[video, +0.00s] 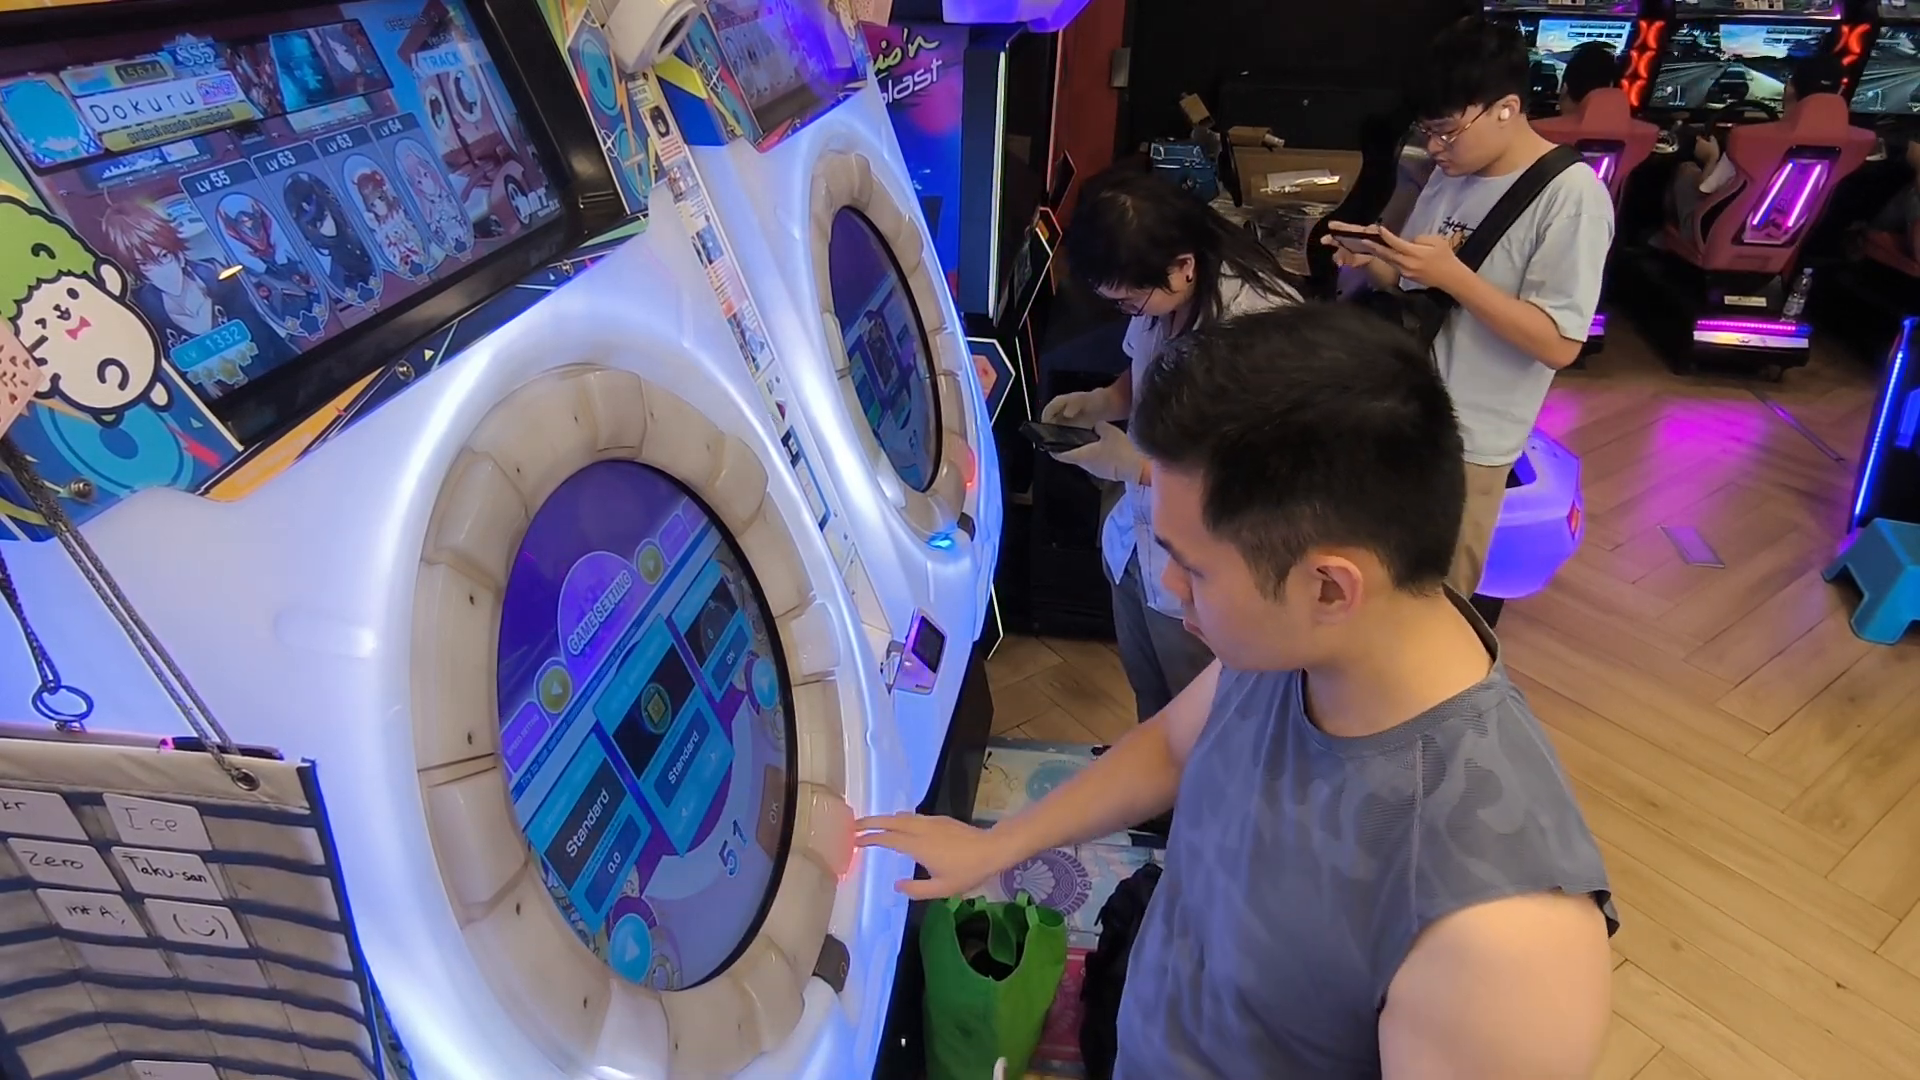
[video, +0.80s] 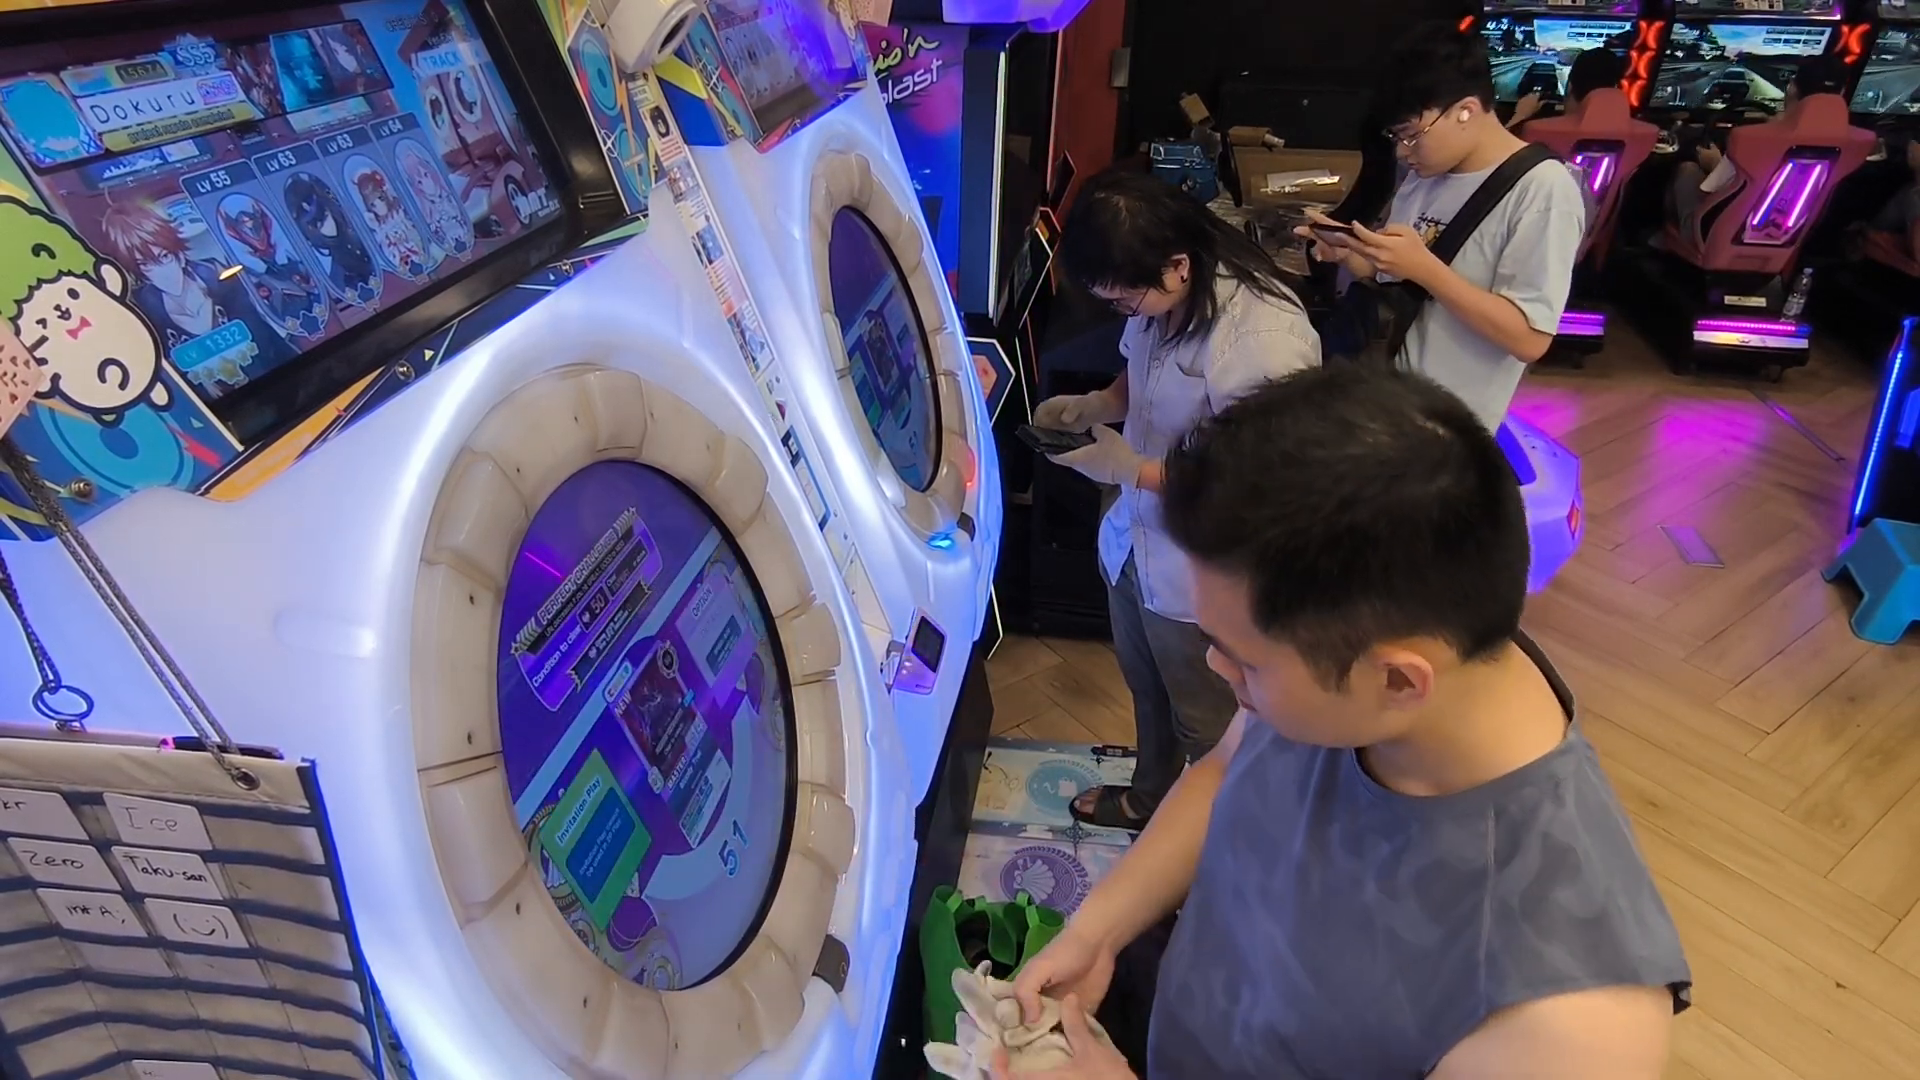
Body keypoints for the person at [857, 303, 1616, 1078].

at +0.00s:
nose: (1164, 582)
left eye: (1188, 566)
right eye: (1165, 550)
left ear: (1331, 589)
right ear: (1329, 591)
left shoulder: (1501, 925)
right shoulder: (1288, 642)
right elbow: (1165, 748)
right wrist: (1000, 843)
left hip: (1213, 1073)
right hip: (1140, 984)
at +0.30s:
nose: (1179, 586)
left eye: (1204, 564)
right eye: (1181, 550)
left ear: (1345, 588)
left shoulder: (1513, 922)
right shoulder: (1302, 650)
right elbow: (1192, 777)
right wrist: (1039, 913)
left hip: (1232, 1069)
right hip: (1135, 1011)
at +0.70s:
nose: (1208, 642)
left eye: (1233, 632)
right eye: (1209, 613)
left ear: (1392, 653)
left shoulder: (1555, 982)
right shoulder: (1313, 662)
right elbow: (1207, 779)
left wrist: (1130, 1079)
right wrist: (1087, 932)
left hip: (1226, 1067)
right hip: (1140, 988)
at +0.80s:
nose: (1214, 664)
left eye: (1241, 657)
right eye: (1215, 637)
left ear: (1402, 680)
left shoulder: (1571, 1009)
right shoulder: (1336, 668)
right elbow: (1218, 779)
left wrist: (1120, 1076)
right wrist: (1095, 929)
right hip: (1159, 1000)